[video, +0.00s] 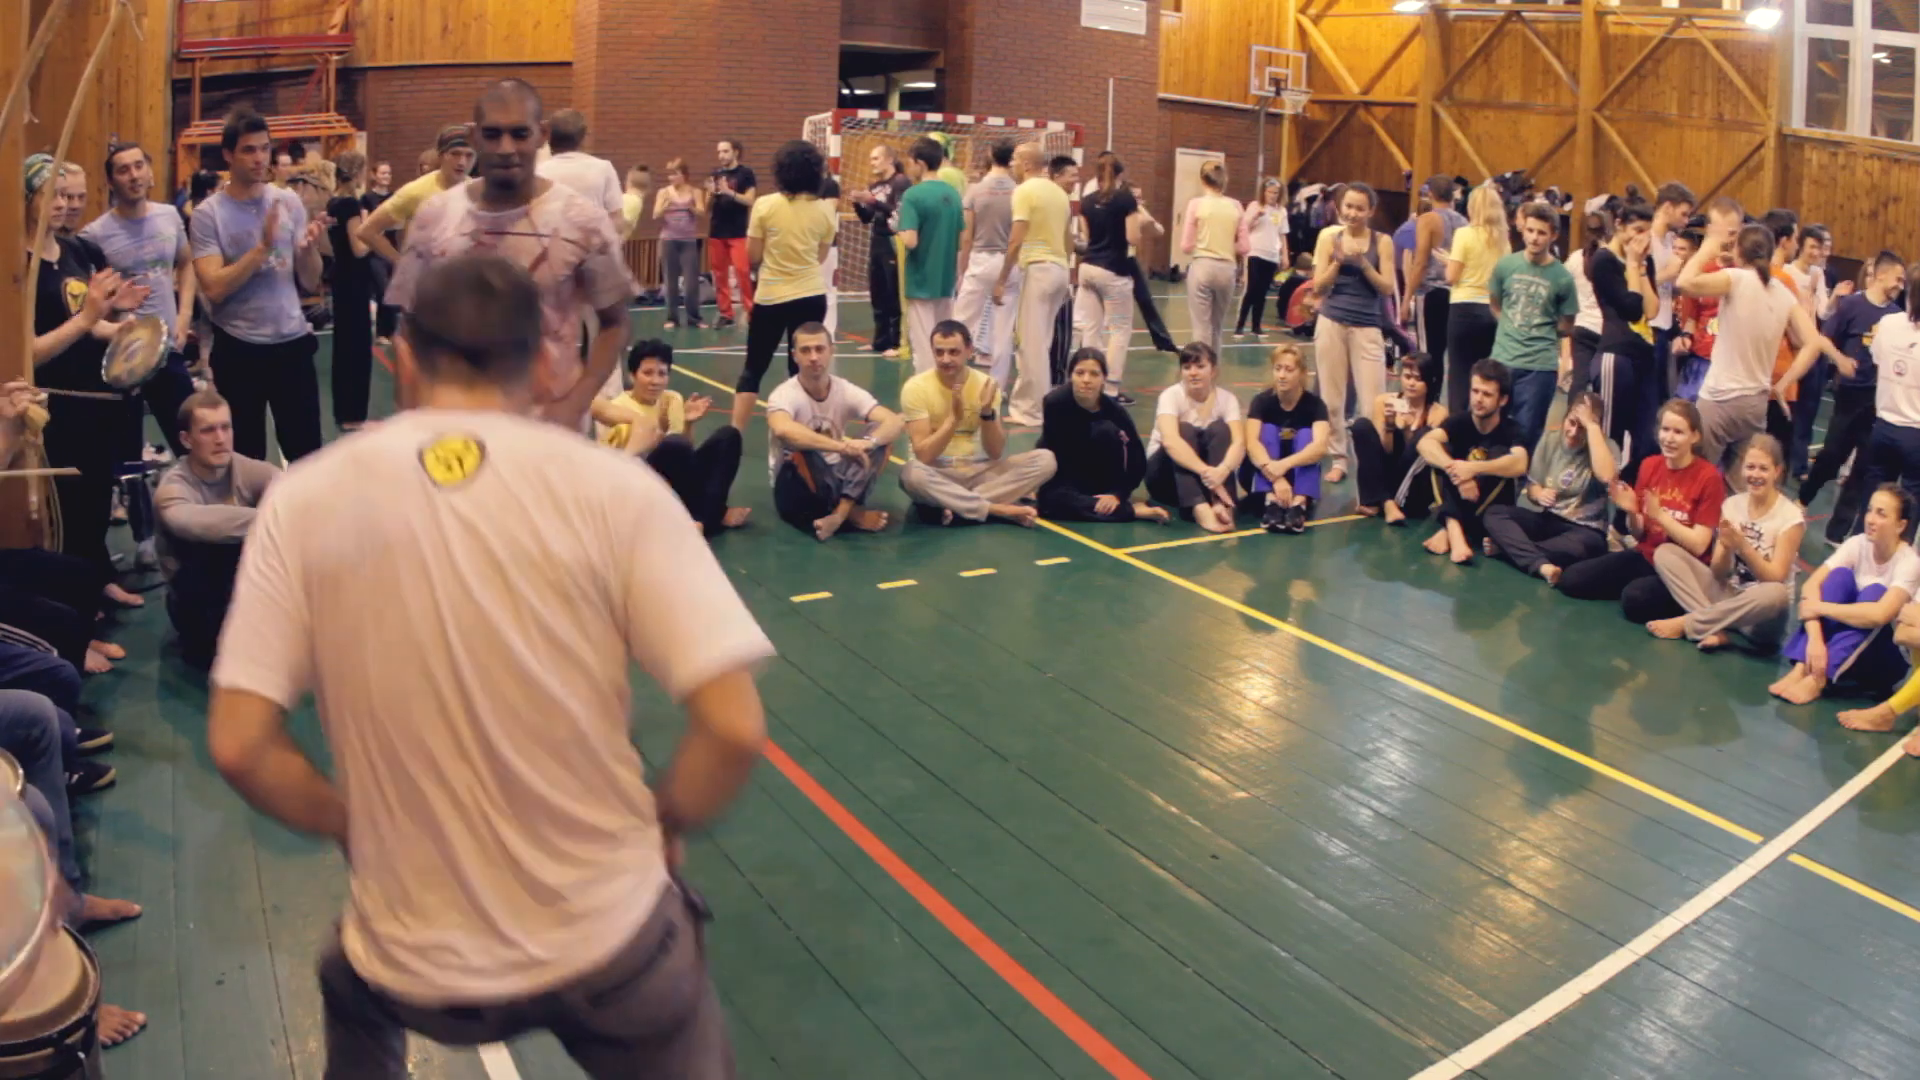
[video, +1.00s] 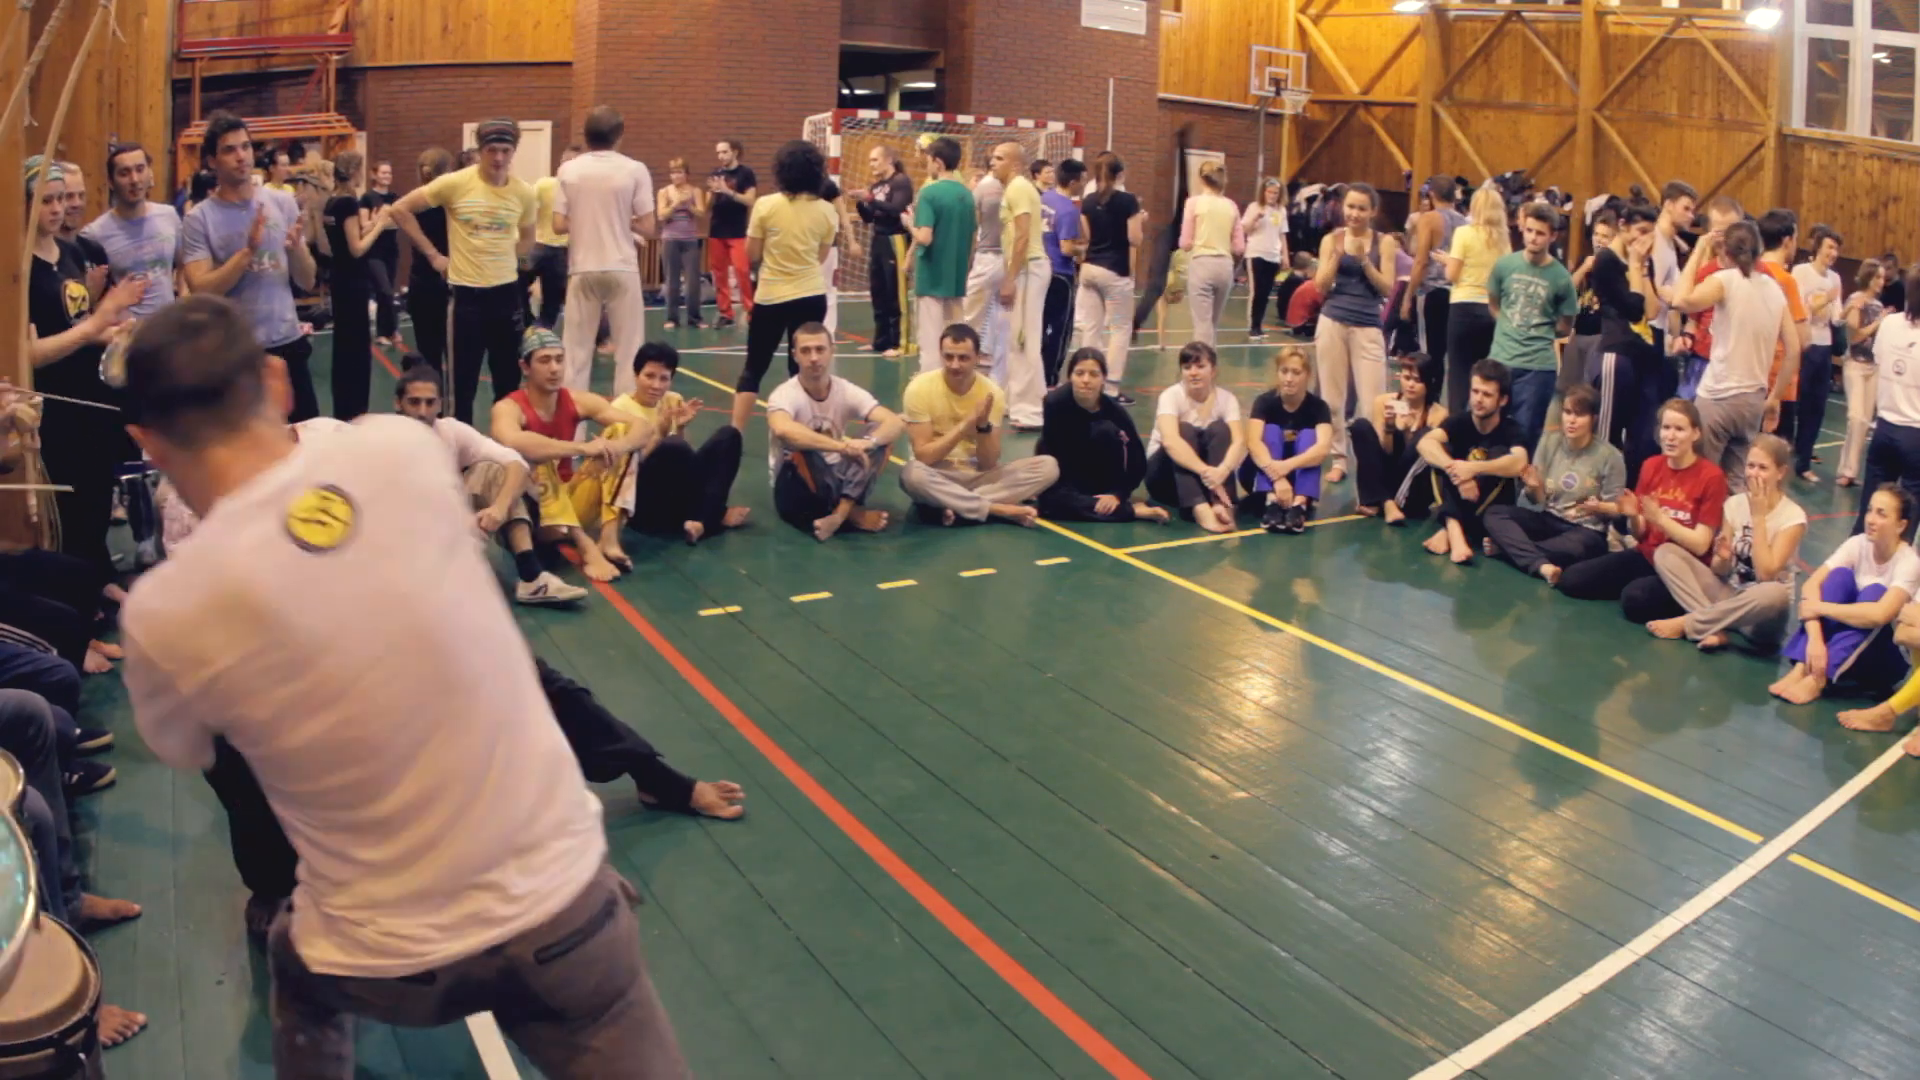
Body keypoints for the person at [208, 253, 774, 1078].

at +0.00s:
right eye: (561, 355)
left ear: (399, 355)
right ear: (545, 363)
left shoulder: (306, 498)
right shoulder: (611, 486)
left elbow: (240, 743)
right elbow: (734, 725)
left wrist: (365, 824)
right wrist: (662, 822)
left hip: (418, 969)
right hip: (612, 954)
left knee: (353, 998)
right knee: (682, 1057)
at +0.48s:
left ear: (278, 400)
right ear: (425, 360)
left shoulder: (244, 552)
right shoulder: (560, 463)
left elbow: (227, 839)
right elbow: (698, 670)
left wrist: (331, 779)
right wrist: (597, 776)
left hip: (401, 967)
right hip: (592, 944)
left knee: (352, 1006)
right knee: (654, 1061)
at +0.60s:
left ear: (258, 476)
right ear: (402, 433)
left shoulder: (253, 662)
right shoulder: (554, 533)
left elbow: (306, 953)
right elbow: (674, 720)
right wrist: (552, 755)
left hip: (413, 999)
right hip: (595, 973)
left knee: (337, 975)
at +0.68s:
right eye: (400, 432)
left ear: (251, 496)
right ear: (392, 455)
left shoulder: (244, 693)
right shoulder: (544, 544)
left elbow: (311, 964)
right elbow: (651, 721)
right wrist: (530, 750)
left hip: (420, 1004)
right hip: (600, 980)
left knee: (340, 984)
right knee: (662, 1066)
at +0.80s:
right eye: (394, 427)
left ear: (231, 489)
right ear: (375, 445)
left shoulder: (231, 683)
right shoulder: (529, 529)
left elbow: (274, 929)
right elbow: (606, 699)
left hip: (418, 997)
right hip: (598, 967)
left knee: (332, 969)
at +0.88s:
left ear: (212, 476)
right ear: (349, 417)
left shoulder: (219, 655)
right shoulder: (506, 504)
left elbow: (238, 867)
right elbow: (573, 666)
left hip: (411, 998)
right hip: (592, 961)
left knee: (312, 943)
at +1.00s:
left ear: (145, 443)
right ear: (276, 381)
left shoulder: (165, 615)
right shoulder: (406, 446)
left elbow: (186, 751)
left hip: (393, 973)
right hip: (567, 920)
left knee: (298, 963)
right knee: (652, 1068)